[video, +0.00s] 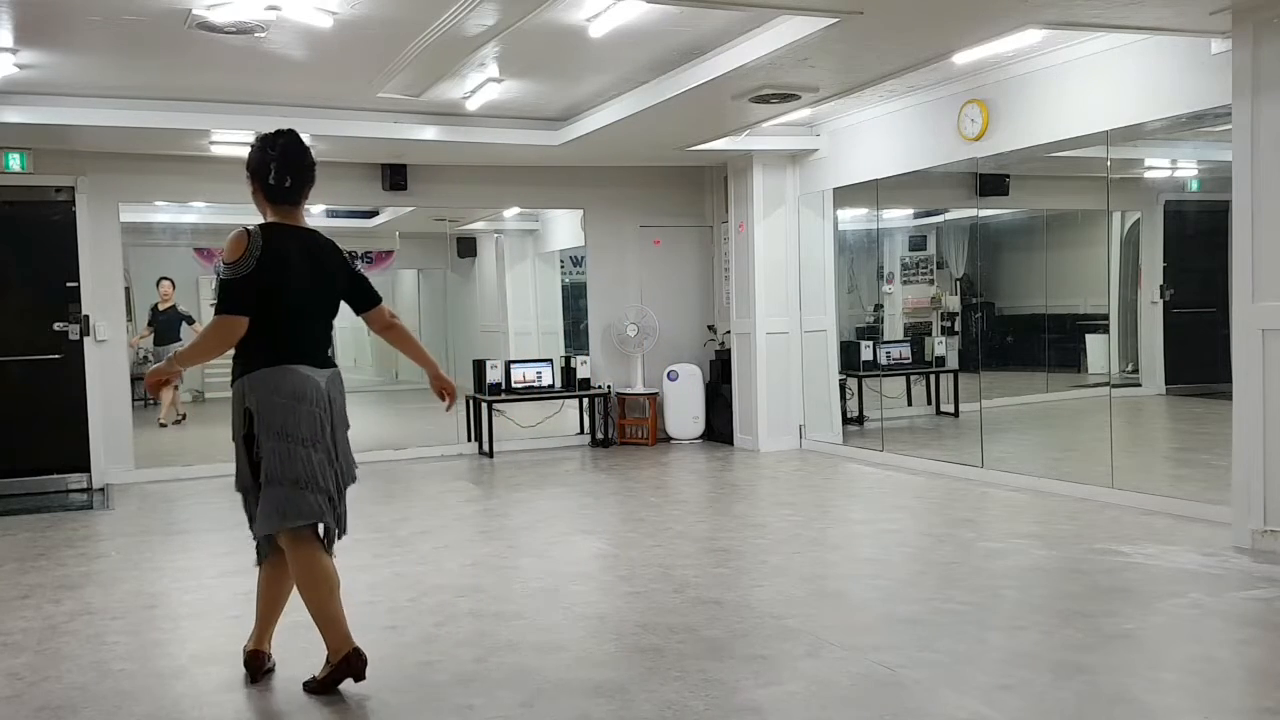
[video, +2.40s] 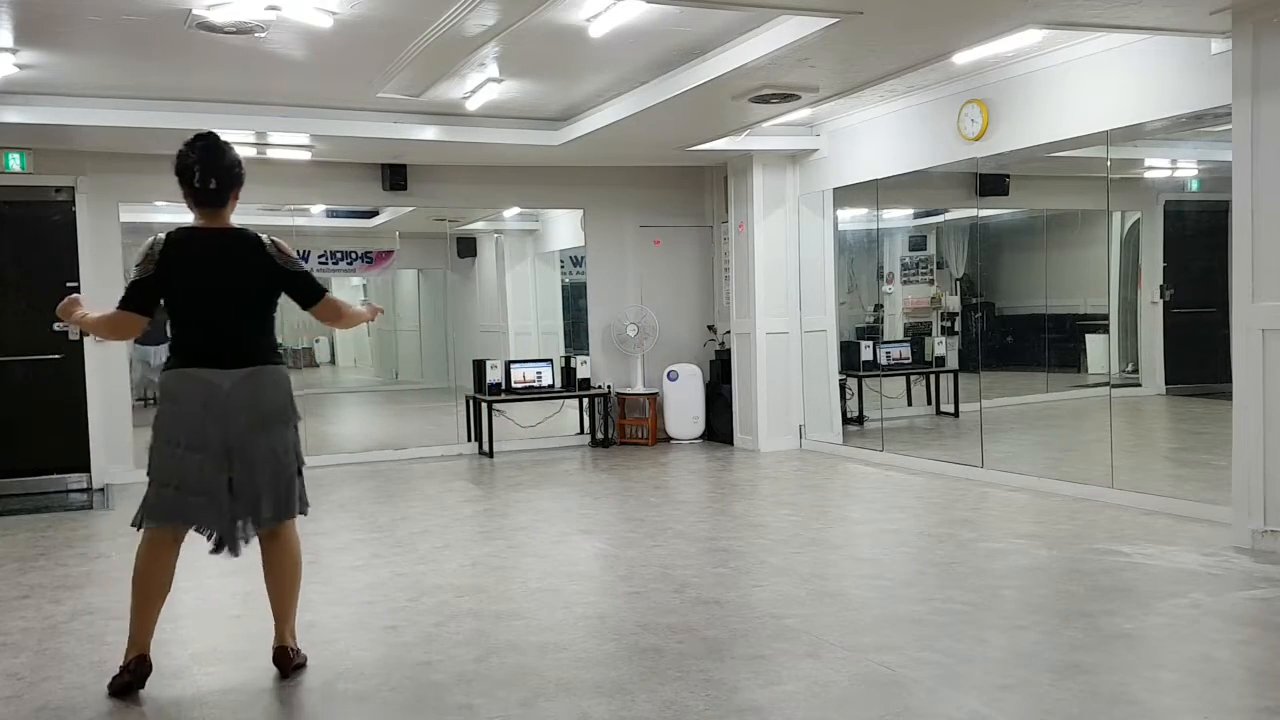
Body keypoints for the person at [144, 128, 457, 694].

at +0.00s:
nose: (250, 188)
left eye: (250, 181)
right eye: (254, 180)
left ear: (255, 187)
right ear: (309, 187)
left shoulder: (249, 246)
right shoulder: (329, 252)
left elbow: (231, 325)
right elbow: (381, 319)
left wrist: (176, 364)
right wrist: (432, 367)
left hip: (271, 389)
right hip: (325, 388)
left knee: (296, 523)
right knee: (284, 525)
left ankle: (341, 649)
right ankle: (259, 646)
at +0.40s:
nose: (213, 189)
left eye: (215, 181)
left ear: (219, 187)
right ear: (274, 188)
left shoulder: (215, 245)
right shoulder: (295, 252)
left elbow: (206, 322)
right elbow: (338, 324)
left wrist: (149, 370)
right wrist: (360, 357)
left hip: (246, 385)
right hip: (302, 382)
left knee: (272, 524)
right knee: (278, 525)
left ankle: (330, 639)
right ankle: (260, 647)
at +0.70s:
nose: (198, 194)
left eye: (196, 186)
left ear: (199, 194)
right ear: (255, 195)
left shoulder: (187, 251)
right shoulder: (276, 257)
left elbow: (168, 323)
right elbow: (319, 335)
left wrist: (111, 366)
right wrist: (307, 347)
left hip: (218, 398)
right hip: (285, 394)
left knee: (196, 527)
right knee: (275, 522)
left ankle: (246, 636)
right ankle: (259, 643)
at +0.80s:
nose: (193, 194)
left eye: (191, 187)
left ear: (193, 193)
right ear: (248, 195)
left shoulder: (178, 251)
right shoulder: (269, 255)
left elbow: (152, 321)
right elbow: (317, 334)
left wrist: (86, 360)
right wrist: (305, 350)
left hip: (205, 396)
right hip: (274, 394)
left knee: (179, 527)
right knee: (271, 521)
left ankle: (184, 656)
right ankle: (259, 647)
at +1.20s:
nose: (171, 192)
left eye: (149, 182)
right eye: (187, 183)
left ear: (140, 188)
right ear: (197, 191)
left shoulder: (113, 246)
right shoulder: (216, 253)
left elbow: (64, 320)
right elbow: (275, 321)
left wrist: (32, 300)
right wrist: (335, 353)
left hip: (137, 394)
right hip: (214, 392)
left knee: (137, 533)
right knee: (235, 522)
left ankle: (135, 671)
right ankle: (256, 647)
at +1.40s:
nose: (166, 194)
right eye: (170, 185)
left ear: (115, 190)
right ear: (171, 191)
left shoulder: (89, 250)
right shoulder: (190, 253)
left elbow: (63, 329)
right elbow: (247, 317)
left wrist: (86, 292)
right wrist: (329, 337)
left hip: (106, 395)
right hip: (184, 394)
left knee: (117, 532)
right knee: (195, 510)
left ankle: (133, 670)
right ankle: (210, 624)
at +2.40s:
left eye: (196, 186)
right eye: (236, 184)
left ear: (184, 191)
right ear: (239, 190)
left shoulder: (165, 250)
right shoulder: (266, 251)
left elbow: (131, 324)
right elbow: (333, 314)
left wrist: (81, 318)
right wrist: (362, 314)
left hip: (188, 396)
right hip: (262, 393)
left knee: (164, 523)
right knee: (277, 518)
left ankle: (136, 656)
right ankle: (286, 644)